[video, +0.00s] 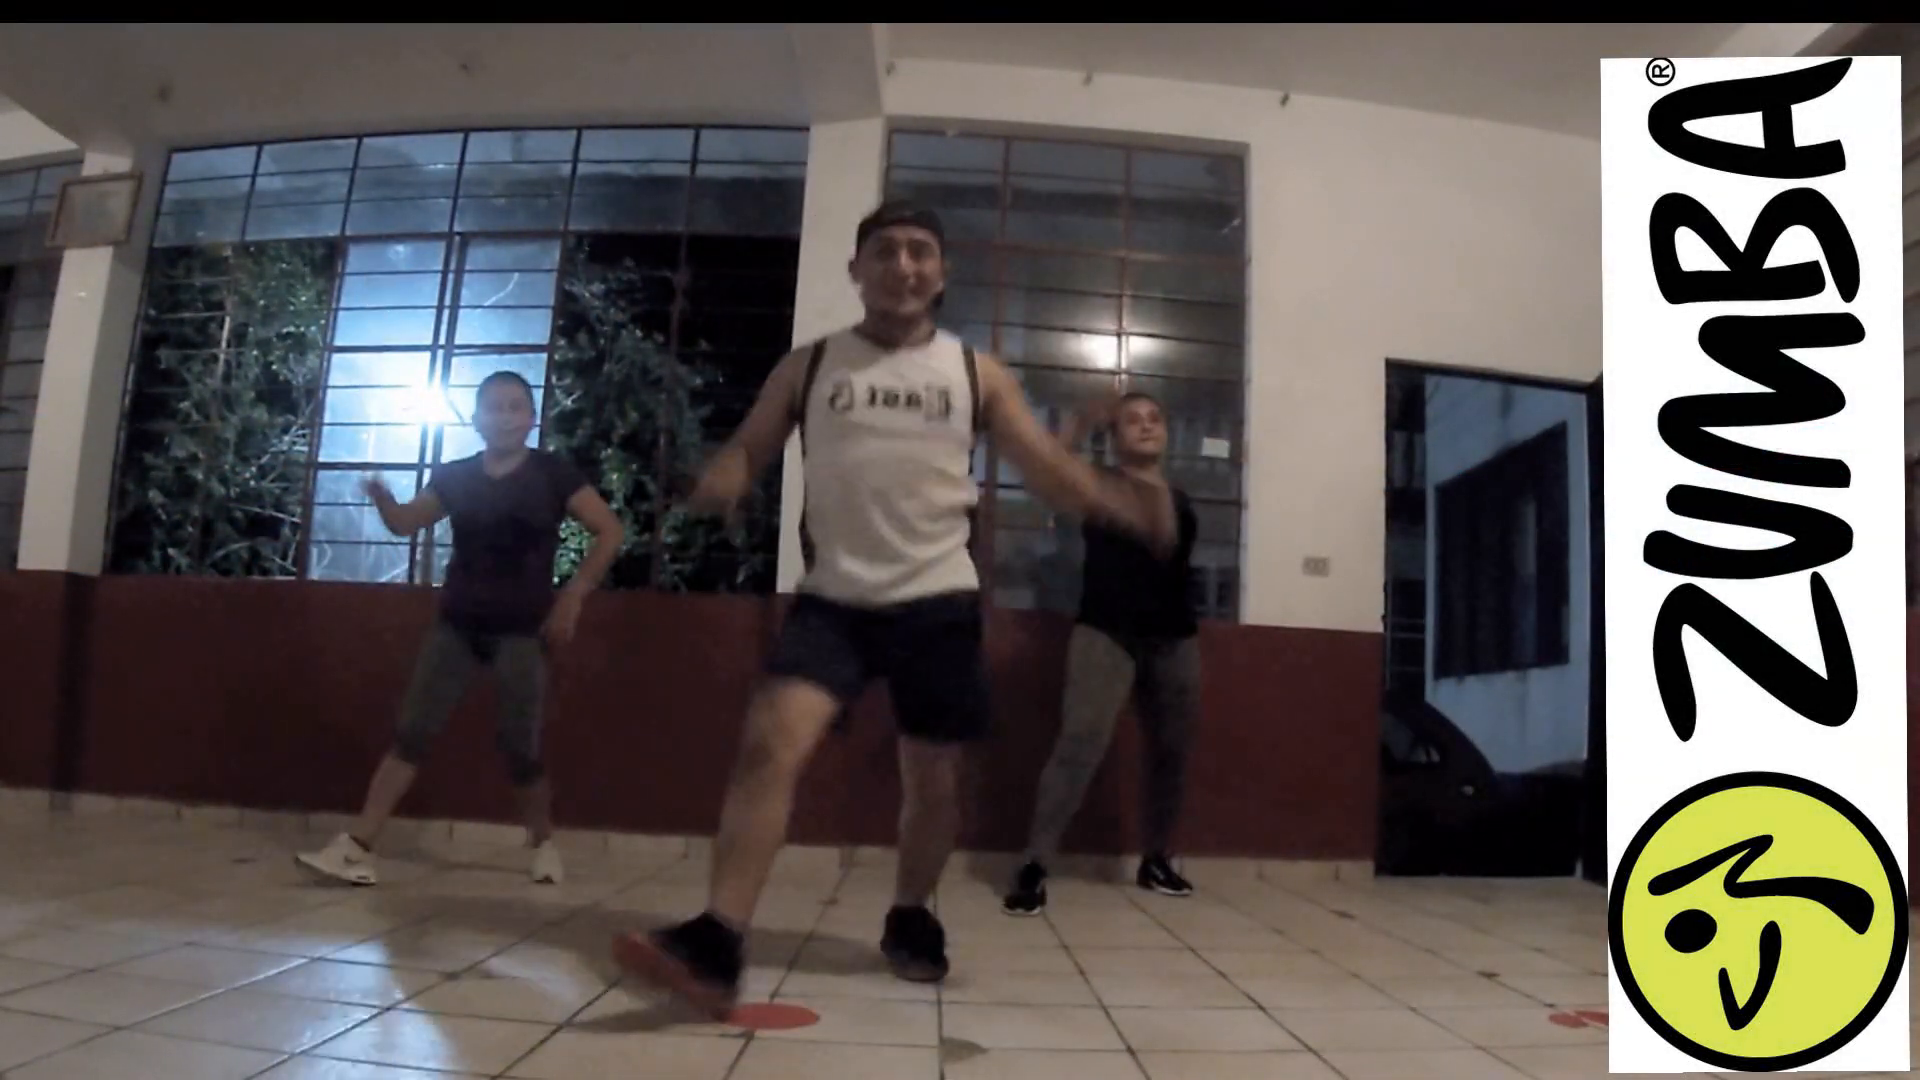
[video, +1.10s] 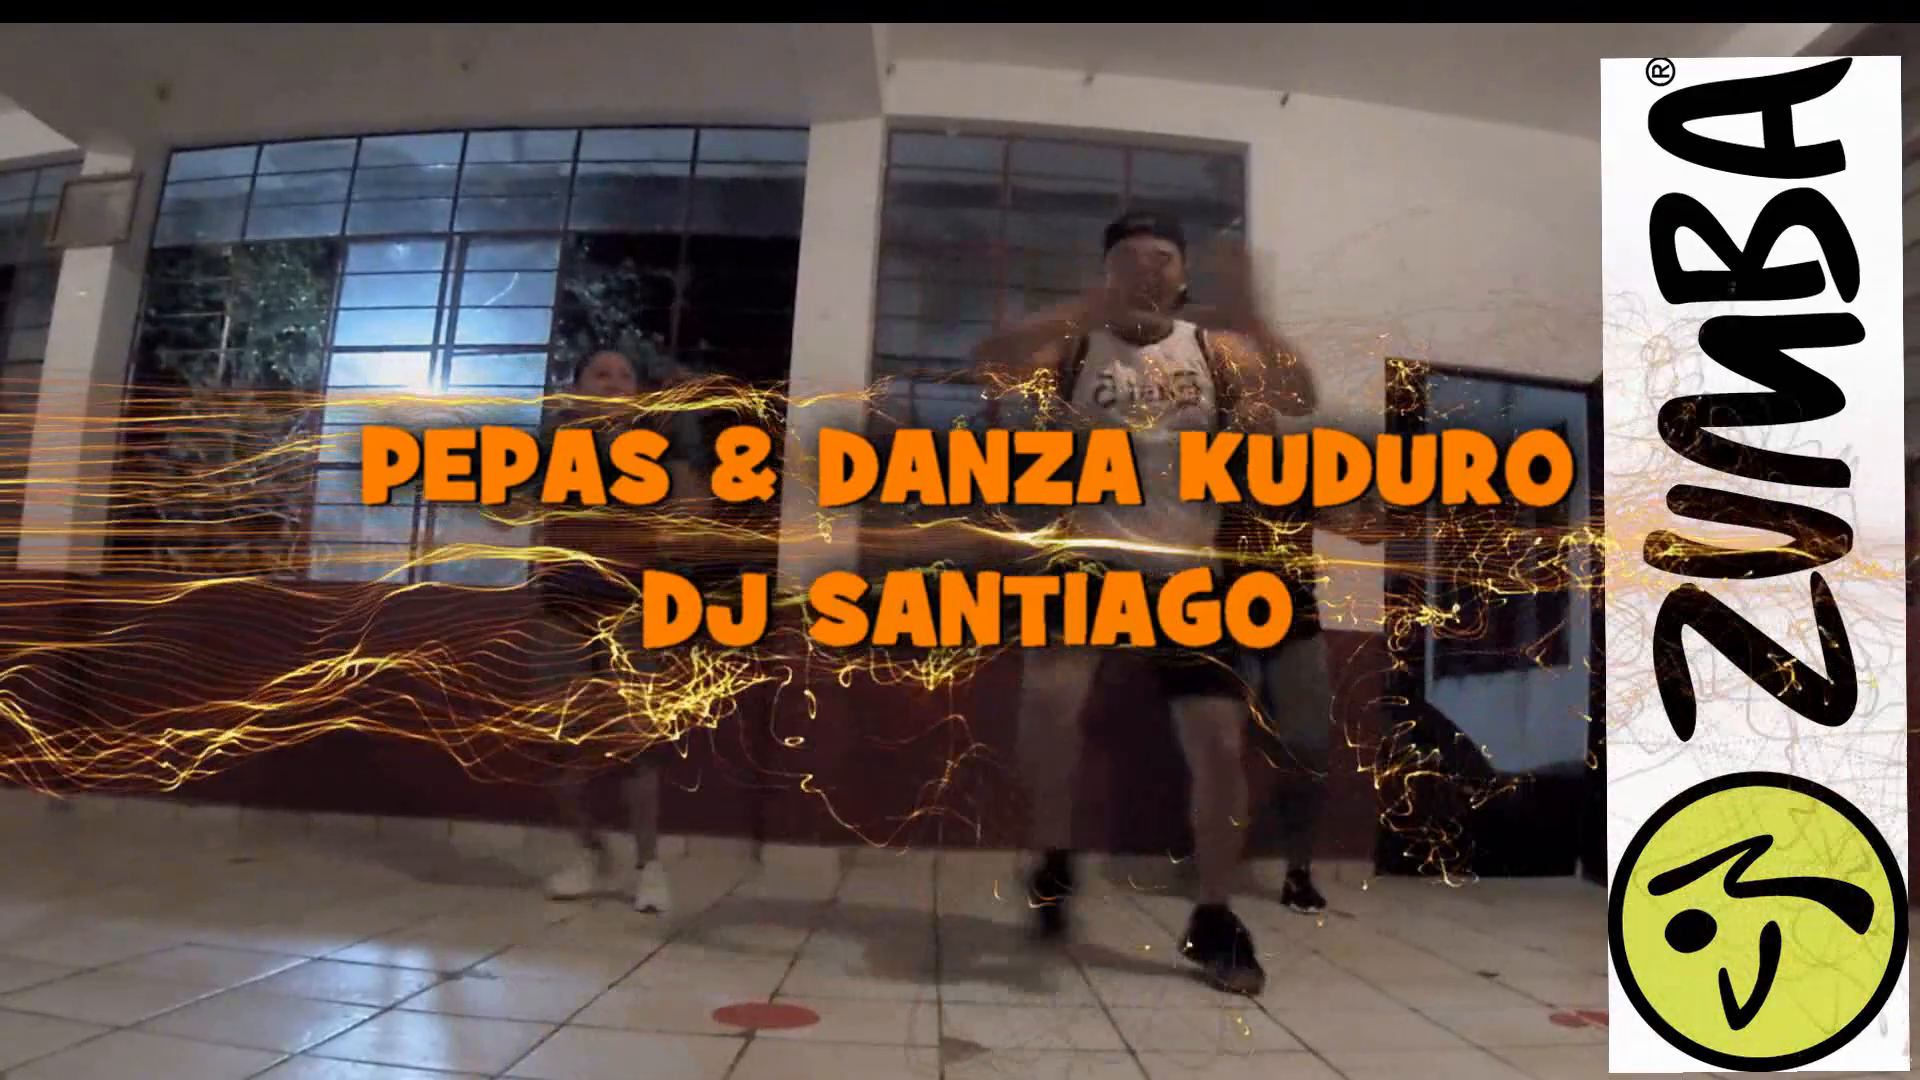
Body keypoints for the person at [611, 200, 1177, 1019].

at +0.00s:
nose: (904, 265)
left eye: (920, 253)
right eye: (887, 253)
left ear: (942, 273)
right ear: (857, 271)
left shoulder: (976, 373)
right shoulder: (812, 362)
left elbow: (1050, 465)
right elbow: (746, 451)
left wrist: (1115, 502)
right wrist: (723, 479)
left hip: (936, 603)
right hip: (833, 599)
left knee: (933, 772)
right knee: (769, 741)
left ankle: (912, 918)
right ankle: (719, 937)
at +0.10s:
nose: (906, 242)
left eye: (922, 230)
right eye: (889, 229)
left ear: (942, 248)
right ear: (859, 244)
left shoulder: (976, 334)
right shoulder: (822, 327)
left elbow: (1059, 421)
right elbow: (731, 425)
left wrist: (1066, 388)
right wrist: (780, 355)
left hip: (929, 569)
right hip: (824, 559)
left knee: (940, 753)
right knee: (762, 705)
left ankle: (911, 898)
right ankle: (754, 896)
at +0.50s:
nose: (913, 322)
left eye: (930, 311)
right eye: (898, 310)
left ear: (953, 333)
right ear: (874, 326)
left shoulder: (981, 408)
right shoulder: (834, 400)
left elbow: (1087, 433)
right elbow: (729, 382)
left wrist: (1159, 403)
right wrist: (669, 325)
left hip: (958, 629)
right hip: (848, 636)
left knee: (1072, 704)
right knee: (787, 793)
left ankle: (1052, 883)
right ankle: (773, 916)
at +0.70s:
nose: (1015, 272)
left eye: (1031, 259)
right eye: (1000, 260)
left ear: (1057, 271)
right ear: (975, 272)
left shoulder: (1096, 352)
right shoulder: (940, 354)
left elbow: (1192, 405)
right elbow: (819, 364)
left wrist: (1297, 407)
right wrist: (701, 357)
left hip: (1081, 584)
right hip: (959, 583)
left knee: (1155, 750)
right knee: (885, 743)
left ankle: (1221, 913)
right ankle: (801, 900)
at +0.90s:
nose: (1111, 312)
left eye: (1126, 298)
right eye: (1095, 299)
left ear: (1153, 310)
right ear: (1073, 312)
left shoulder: (1192, 387)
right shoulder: (1041, 392)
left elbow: (1291, 429)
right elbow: (939, 428)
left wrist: (1404, 410)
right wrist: (863, 407)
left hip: (1187, 607)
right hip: (1074, 608)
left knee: (1222, 784)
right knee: (995, 759)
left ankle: (1221, 929)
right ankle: (891, 904)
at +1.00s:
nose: (1132, 296)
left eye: (1147, 282)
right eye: (1117, 283)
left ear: (1173, 293)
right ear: (1097, 296)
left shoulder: (1210, 371)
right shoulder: (1068, 378)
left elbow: (1311, 408)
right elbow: (993, 397)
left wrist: (1349, 341)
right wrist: (967, 390)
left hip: (1191, 589)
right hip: (1085, 588)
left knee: (1218, 759)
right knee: (1014, 713)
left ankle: (1221, 927)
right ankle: (950, 879)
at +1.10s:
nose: (1150, 273)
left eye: (1163, 260)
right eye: (1135, 260)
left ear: (1182, 273)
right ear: (1106, 271)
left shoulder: (1214, 353)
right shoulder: (1069, 348)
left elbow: (1268, 443)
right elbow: (995, 366)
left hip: (1187, 568)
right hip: (1083, 567)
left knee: (1220, 738)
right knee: (1050, 692)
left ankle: (1214, 916)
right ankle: (1053, 861)